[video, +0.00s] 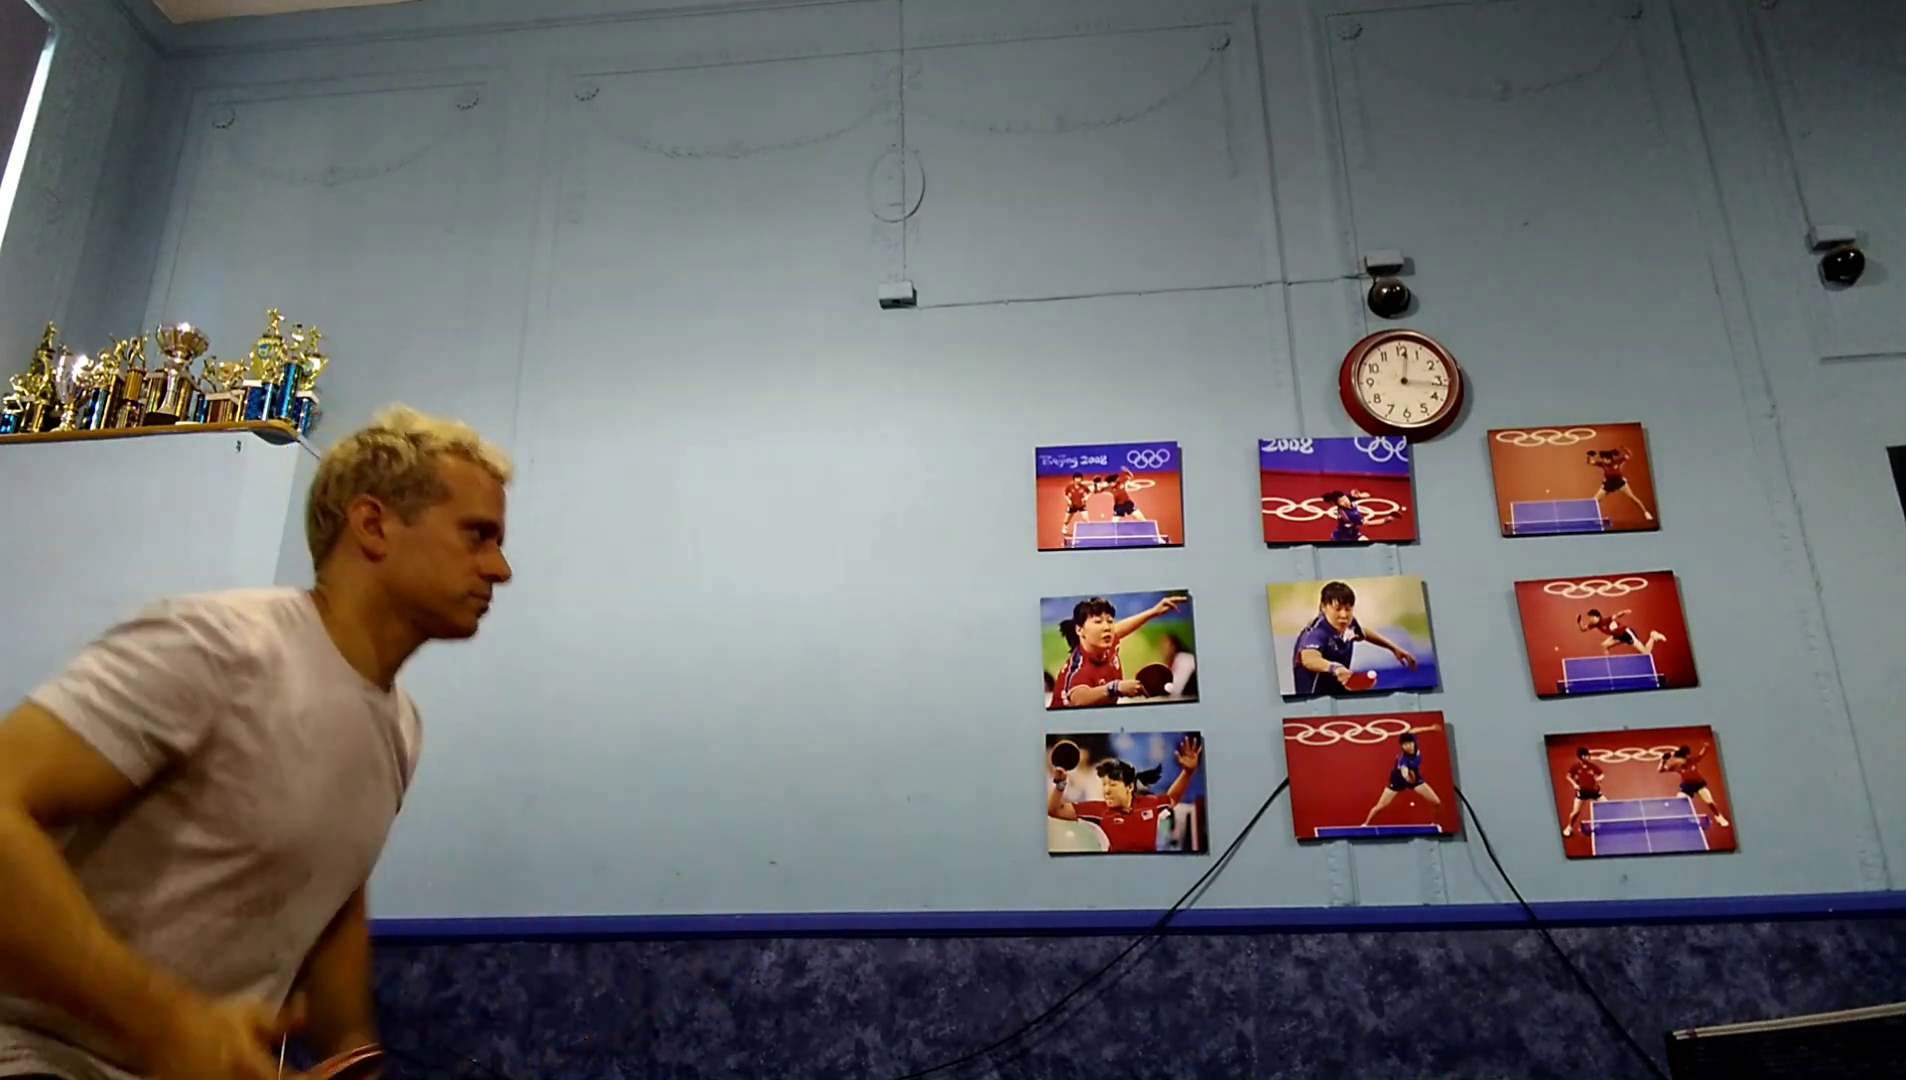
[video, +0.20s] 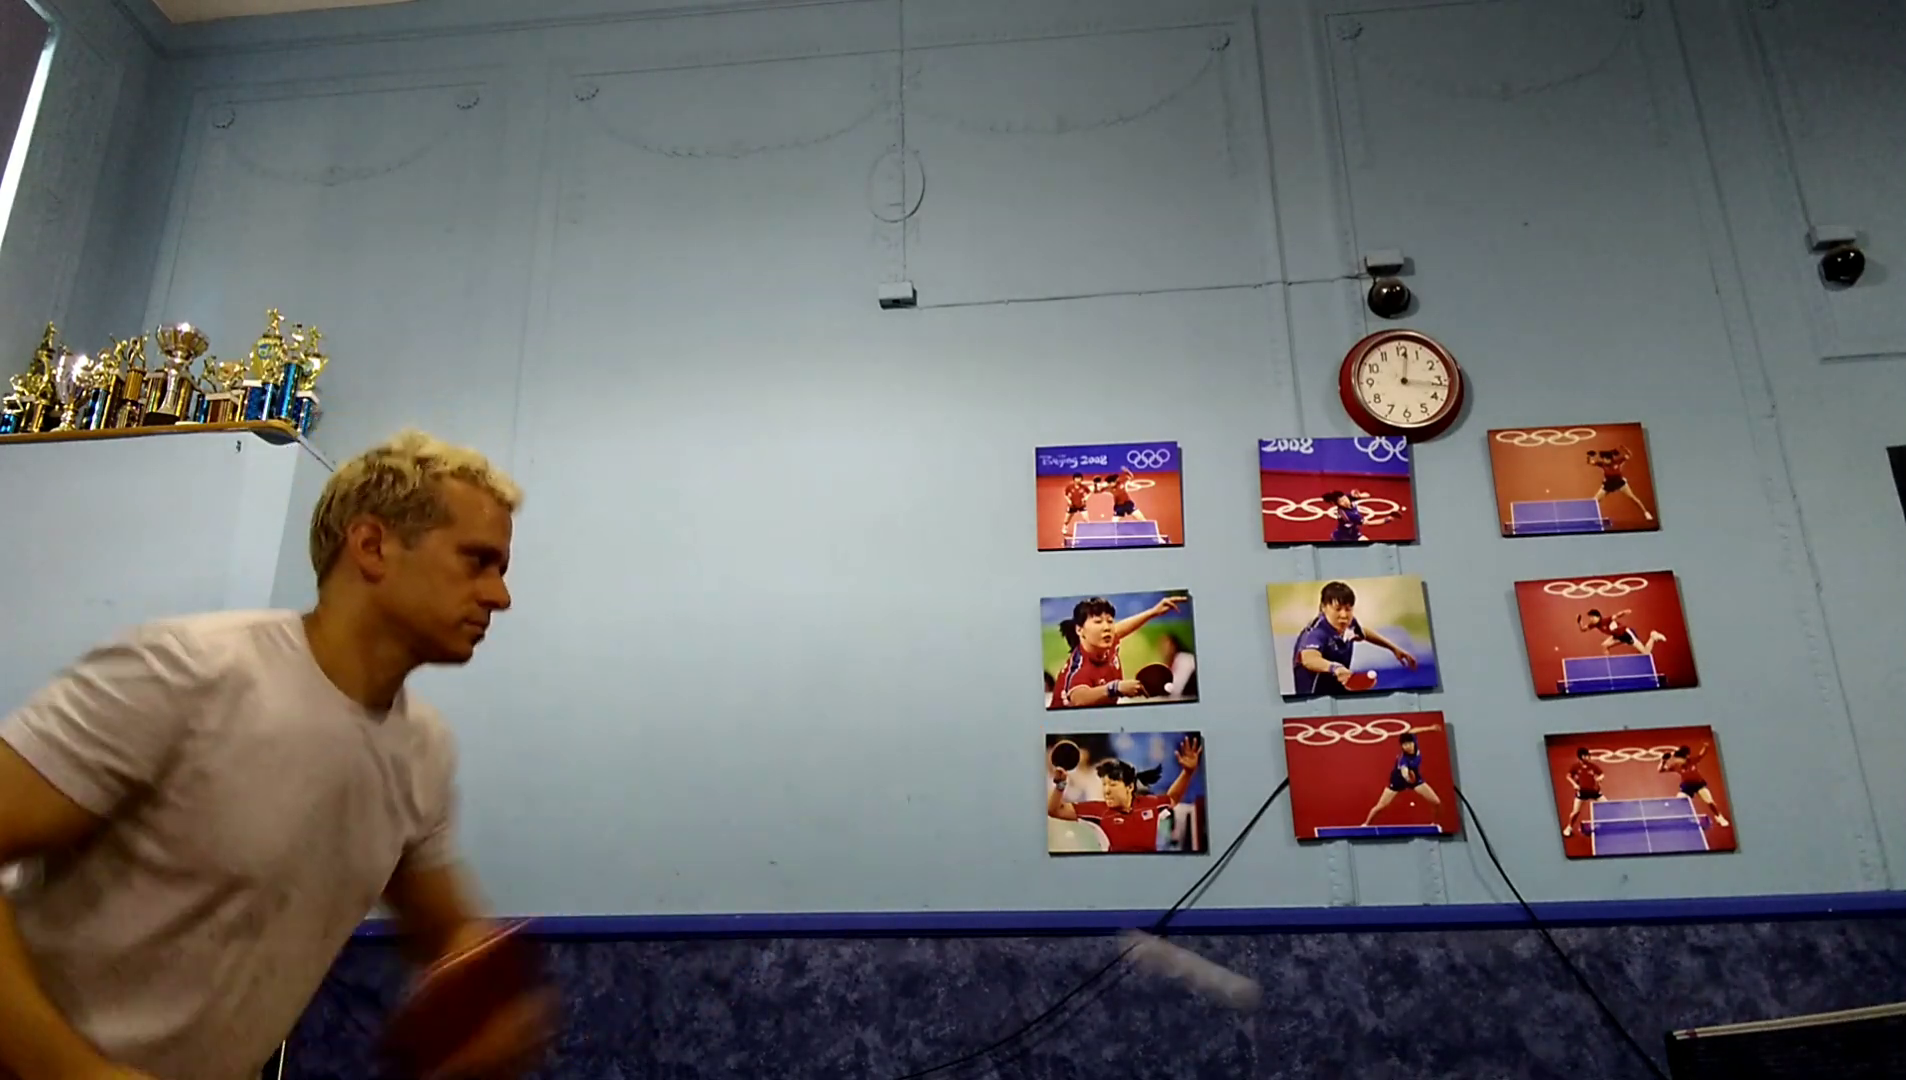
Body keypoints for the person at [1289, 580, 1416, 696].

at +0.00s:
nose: (1344, 615)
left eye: (1348, 609)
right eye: (1338, 609)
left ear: (1353, 609)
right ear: (1324, 608)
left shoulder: (1349, 624)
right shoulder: (1315, 633)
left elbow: (1364, 634)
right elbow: (1309, 660)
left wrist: (1395, 649)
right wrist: (1335, 668)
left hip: (1341, 705)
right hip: (1314, 708)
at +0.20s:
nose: (1344, 615)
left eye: (1348, 609)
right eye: (1338, 609)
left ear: (1353, 609)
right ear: (1324, 608)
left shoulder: (1349, 624)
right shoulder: (1315, 632)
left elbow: (1364, 634)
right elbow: (1309, 660)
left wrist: (1395, 649)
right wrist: (1335, 668)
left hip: (1341, 704)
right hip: (1314, 708)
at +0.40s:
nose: (1344, 615)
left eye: (1348, 609)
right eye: (1338, 609)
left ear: (1353, 609)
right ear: (1324, 608)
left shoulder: (1349, 624)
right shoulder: (1315, 632)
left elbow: (1364, 634)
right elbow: (1309, 660)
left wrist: (1395, 649)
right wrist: (1335, 668)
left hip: (1341, 704)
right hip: (1314, 708)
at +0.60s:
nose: (1344, 615)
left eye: (1348, 609)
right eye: (1338, 609)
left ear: (1353, 609)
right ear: (1324, 608)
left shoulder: (1349, 624)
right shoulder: (1315, 632)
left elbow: (1364, 634)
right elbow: (1309, 660)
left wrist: (1395, 649)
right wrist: (1335, 668)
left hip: (1341, 704)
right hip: (1314, 708)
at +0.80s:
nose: (1344, 615)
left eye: (1348, 609)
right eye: (1338, 609)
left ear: (1353, 609)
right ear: (1324, 608)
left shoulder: (1349, 624)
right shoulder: (1315, 633)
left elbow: (1364, 633)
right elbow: (1309, 660)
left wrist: (1394, 649)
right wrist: (1335, 668)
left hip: (1341, 703)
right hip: (1314, 708)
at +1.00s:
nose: (1344, 615)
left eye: (1348, 609)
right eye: (1338, 609)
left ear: (1353, 609)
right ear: (1324, 608)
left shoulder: (1349, 624)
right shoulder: (1315, 633)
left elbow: (1364, 634)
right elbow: (1309, 660)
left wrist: (1395, 649)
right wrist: (1335, 668)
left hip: (1341, 704)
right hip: (1314, 708)